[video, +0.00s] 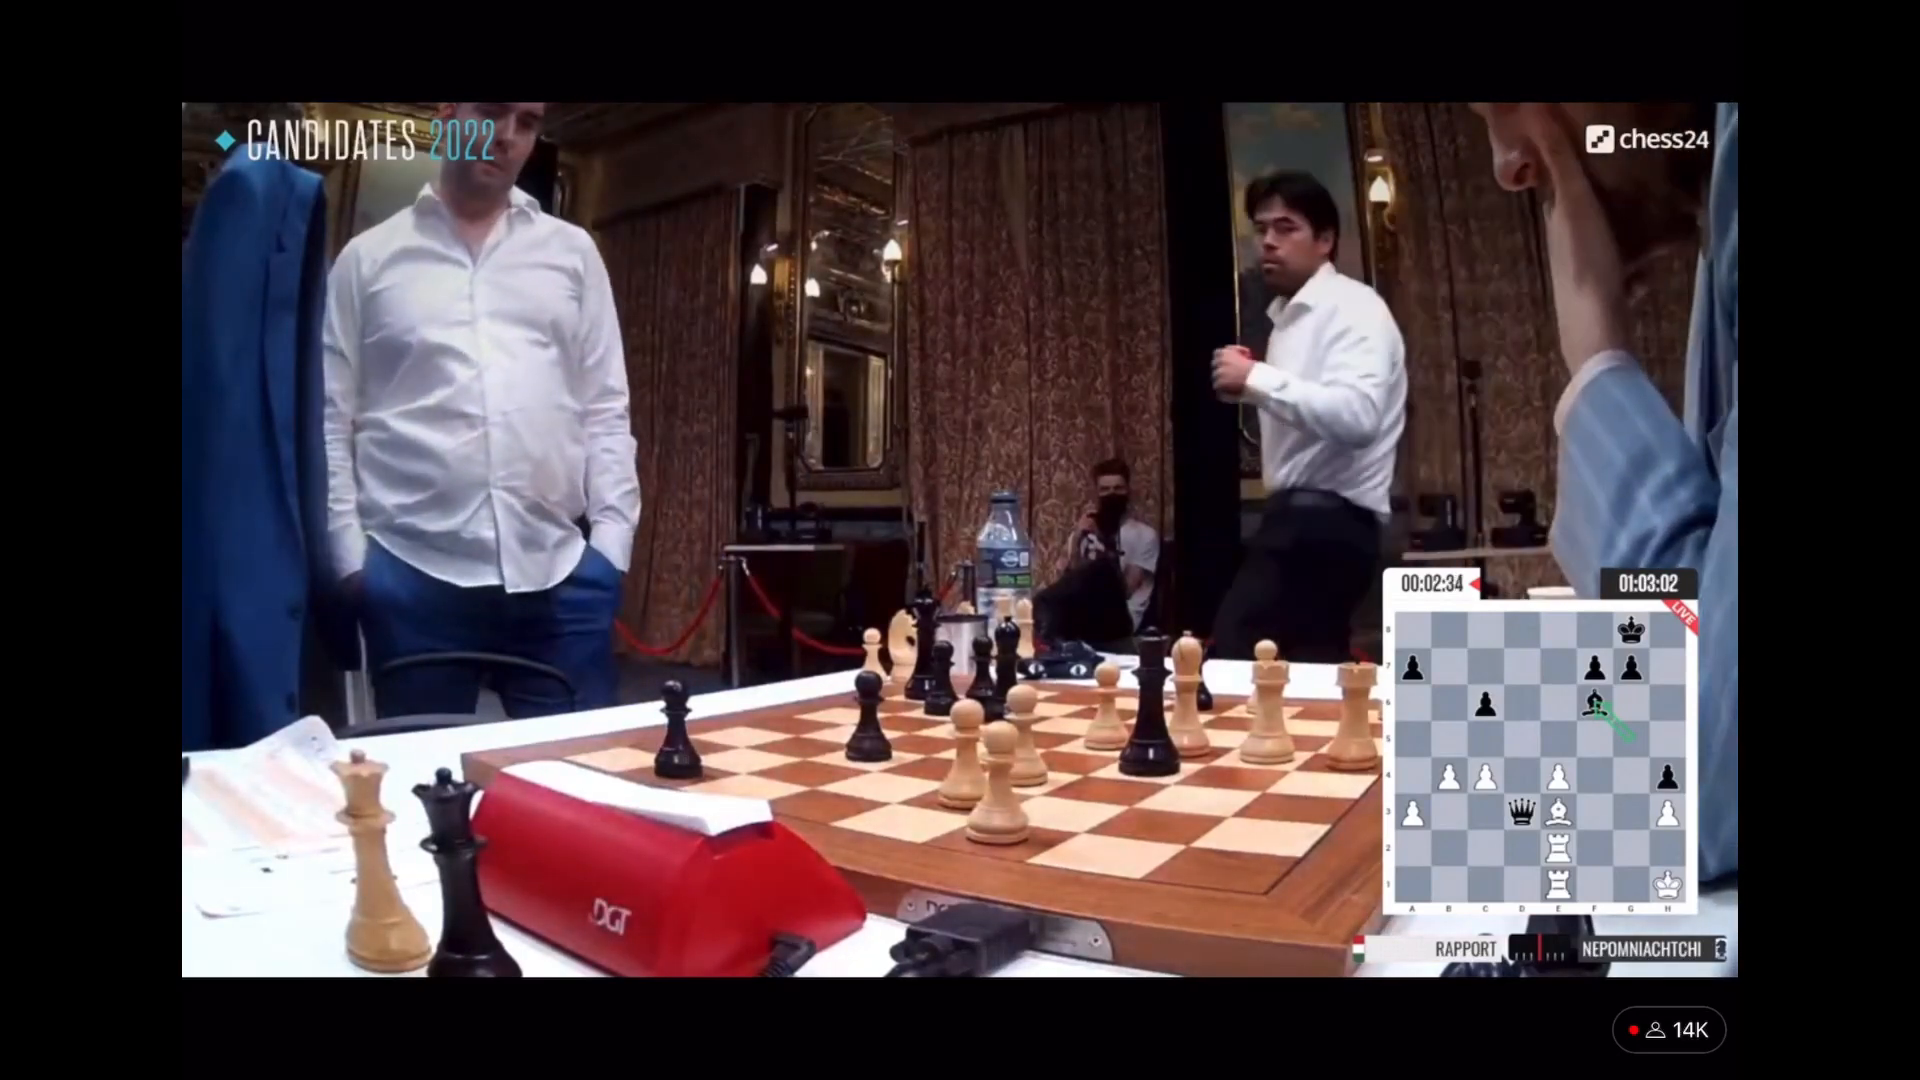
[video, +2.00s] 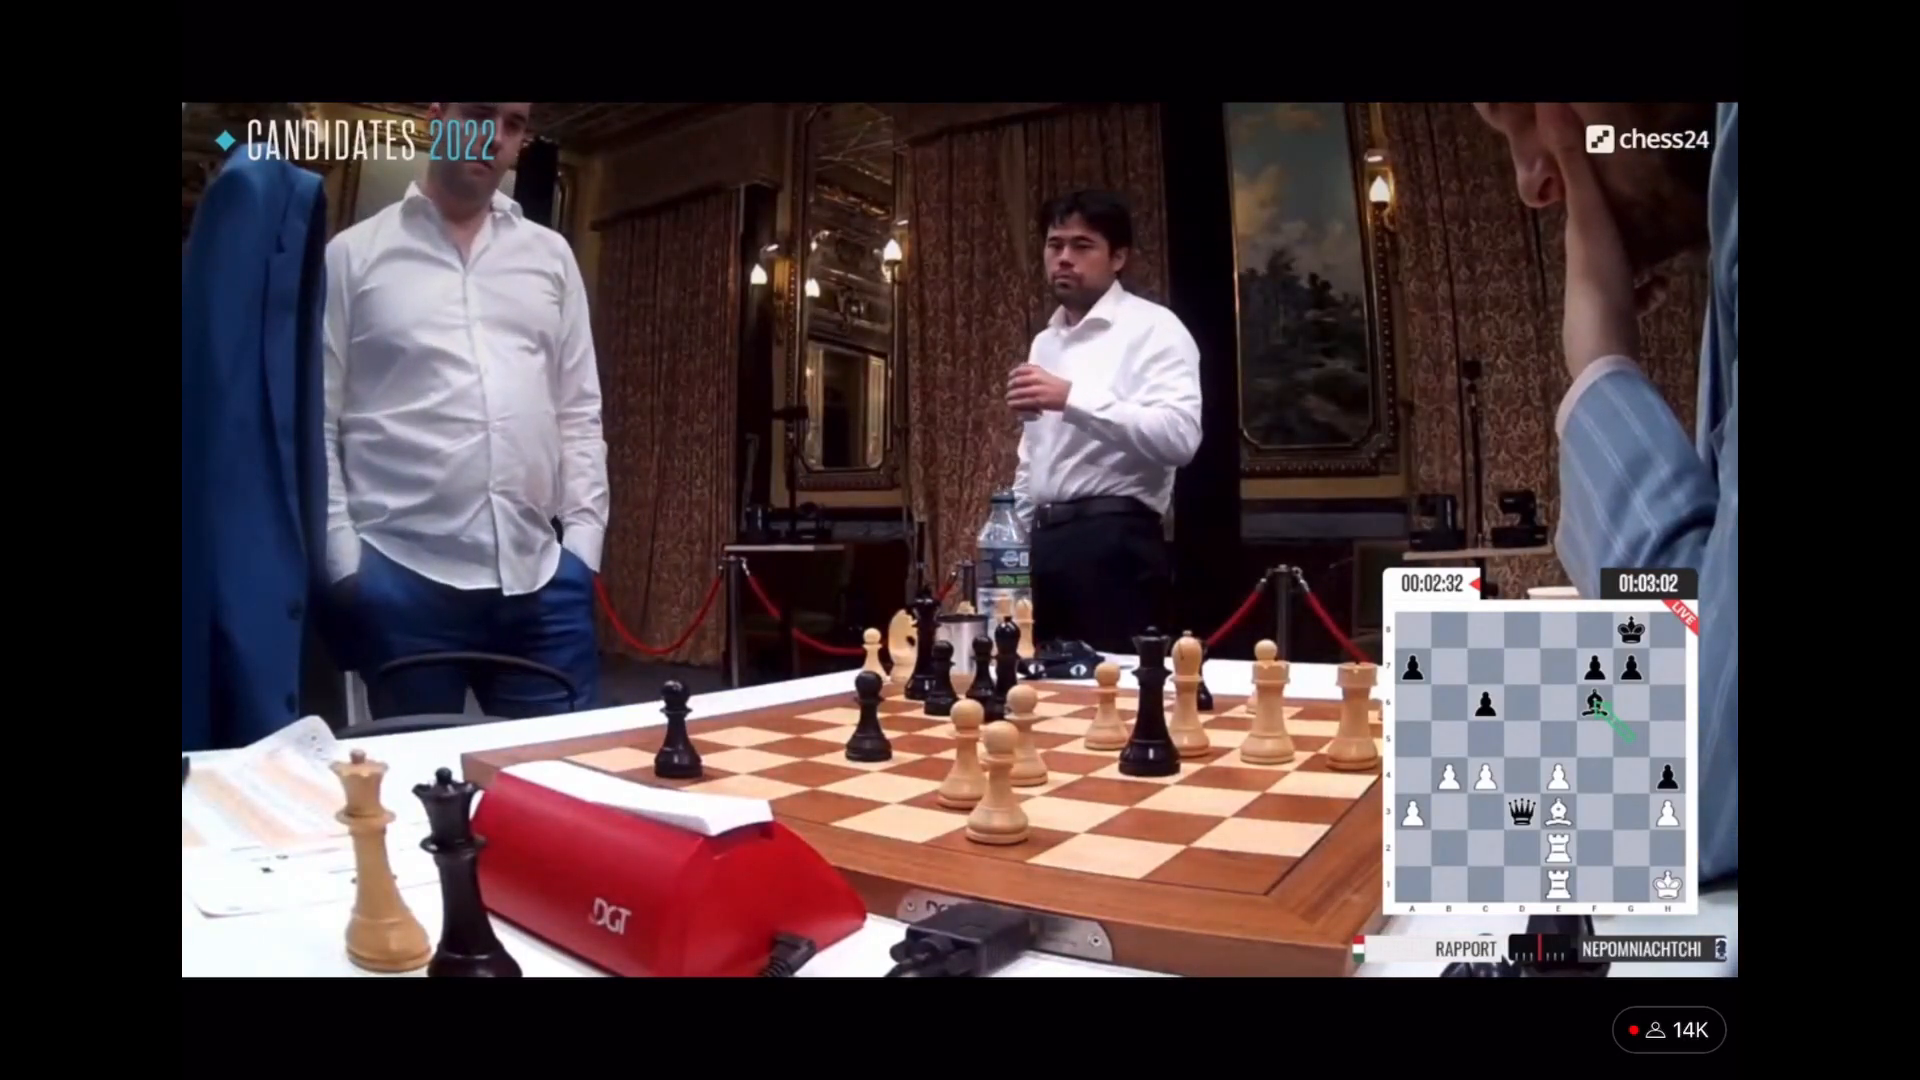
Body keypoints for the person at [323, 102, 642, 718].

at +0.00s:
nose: (505, 136)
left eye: (525, 122)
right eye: (490, 113)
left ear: (538, 138)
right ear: (448, 115)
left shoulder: (572, 252)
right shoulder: (366, 260)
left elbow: (606, 411)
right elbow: (330, 421)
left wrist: (608, 548)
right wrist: (351, 563)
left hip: (559, 581)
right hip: (413, 585)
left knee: (584, 788)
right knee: (425, 790)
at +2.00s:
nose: (492, 140)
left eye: (512, 126)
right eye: (478, 115)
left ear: (526, 142)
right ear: (435, 115)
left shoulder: (551, 255)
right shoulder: (354, 256)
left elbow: (580, 412)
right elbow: (319, 421)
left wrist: (582, 547)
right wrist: (346, 566)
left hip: (543, 580)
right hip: (403, 584)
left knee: (569, 787)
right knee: (418, 791)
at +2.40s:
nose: (494, 141)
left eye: (514, 127)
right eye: (479, 117)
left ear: (528, 142)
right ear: (438, 118)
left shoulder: (558, 258)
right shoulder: (358, 259)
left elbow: (587, 415)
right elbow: (323, 420)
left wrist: (588, 549)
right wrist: (346, 565)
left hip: (547, 581)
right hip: (405, 584)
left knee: (578, 786)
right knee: (420, 792)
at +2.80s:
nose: (498, 142)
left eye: (519, 127)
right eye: (484, 118)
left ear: (533, 141)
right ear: (443, 118)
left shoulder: (567, 257)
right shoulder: (364, 260)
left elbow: (596, 413)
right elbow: (328, 419)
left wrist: (596, 547)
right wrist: (350, 561)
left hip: (554, 581)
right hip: (410, 584)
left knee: (581, 785)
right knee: (423, 790)